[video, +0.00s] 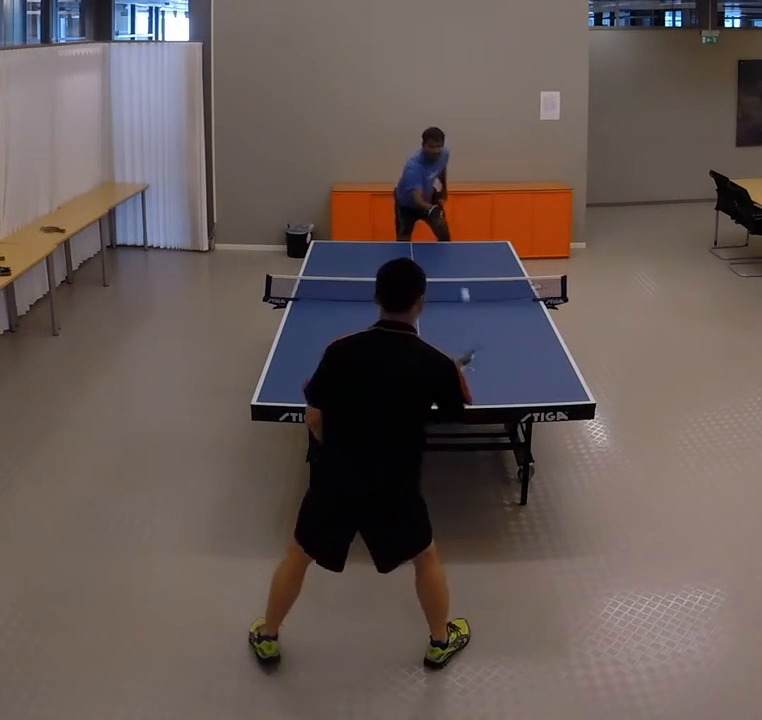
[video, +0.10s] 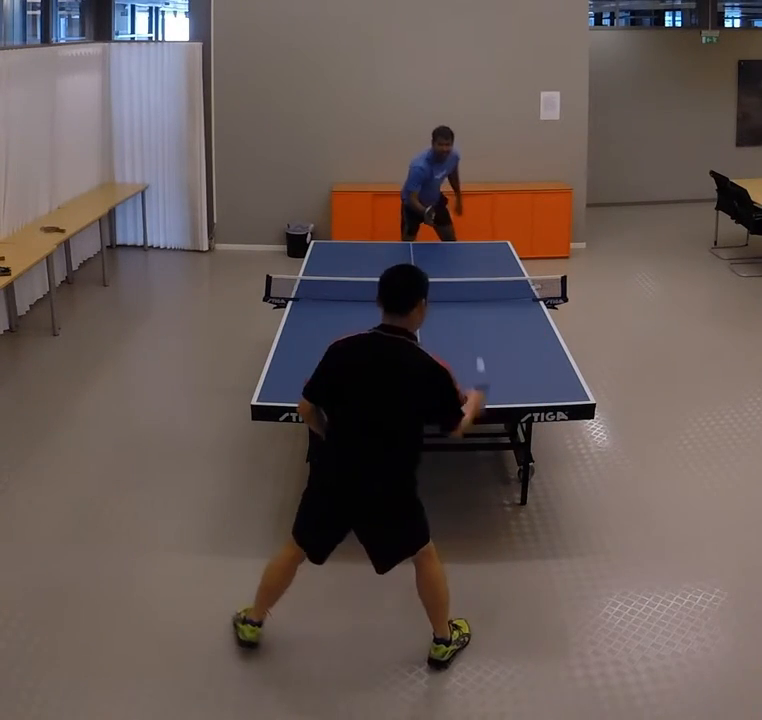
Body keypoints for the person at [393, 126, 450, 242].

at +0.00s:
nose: (435, 151)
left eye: (438, 147)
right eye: (431, 147)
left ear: (442, 146)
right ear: (423, 145)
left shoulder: (444, 155)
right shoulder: (414, 165)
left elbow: (442, 173)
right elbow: (416, 197)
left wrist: (444, 190)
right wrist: (430, 208)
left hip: (429, 199)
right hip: (407, 202)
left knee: (444, 235)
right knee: (403, 240)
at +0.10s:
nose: (444, 149)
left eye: (447, 145)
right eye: (440, 145)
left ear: (452, 145)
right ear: (433, 144)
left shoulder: (453, 158)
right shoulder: (419, 166)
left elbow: (453, 176)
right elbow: (411, 198)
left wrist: (458, 198)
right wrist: (424, 211)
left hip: (435, 202)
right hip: (413, 204)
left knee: (450, 242)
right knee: (407, 244)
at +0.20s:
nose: (452, 147)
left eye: (456, 143)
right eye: (449, 143)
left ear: (460, 144)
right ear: (441, 142)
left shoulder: (461, 160)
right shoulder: (425, 163)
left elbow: (468, 184)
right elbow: (409, 189)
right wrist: (417, 209)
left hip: (442, 207)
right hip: (420, 208)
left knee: (459, 246)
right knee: (411, 249)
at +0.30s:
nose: (455, 141)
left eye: (459, 138)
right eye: (452, 137)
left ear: (463, 138)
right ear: (445, 137)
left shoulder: (468, 158)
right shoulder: (428, 156)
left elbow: (477, 183)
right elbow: (411, 179)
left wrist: (484, 209)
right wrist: (412, 203)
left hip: (449, 207)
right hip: (424, 207)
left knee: (462, 246)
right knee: (410, 247)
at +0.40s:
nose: (453, 133)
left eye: (456, 129)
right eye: (449, 128)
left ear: (461, 130)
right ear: (442, 128)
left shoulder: (468, 150)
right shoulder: (427, 147)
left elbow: (477, 176)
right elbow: (411, 169)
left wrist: (484, 204)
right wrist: (409, 194)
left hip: (451, 203)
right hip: (425, 203)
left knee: (461, 245)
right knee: (410, 244)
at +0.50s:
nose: (446, 125)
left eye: (450, 121)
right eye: (443, 121)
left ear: (455, 122)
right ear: (437, 120)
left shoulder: (463, 142)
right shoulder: (423, 140)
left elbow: (473, 169)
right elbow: (410, 165)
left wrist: (478, 198)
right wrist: (403, 193)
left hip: (452, 198)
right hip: (425, 197)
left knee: (460, 243)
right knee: (409, 241)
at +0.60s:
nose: (436, 124)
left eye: (440, 121)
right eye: (433, 120)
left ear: (446, 120)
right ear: (427, 119)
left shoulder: (457, 140)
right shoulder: (417, 140)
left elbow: (468, 166)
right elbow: (409, 166)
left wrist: (471, 195)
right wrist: (401, 191)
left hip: (450, 195)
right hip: (424, 196)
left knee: (459, 240)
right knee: (407, 238)